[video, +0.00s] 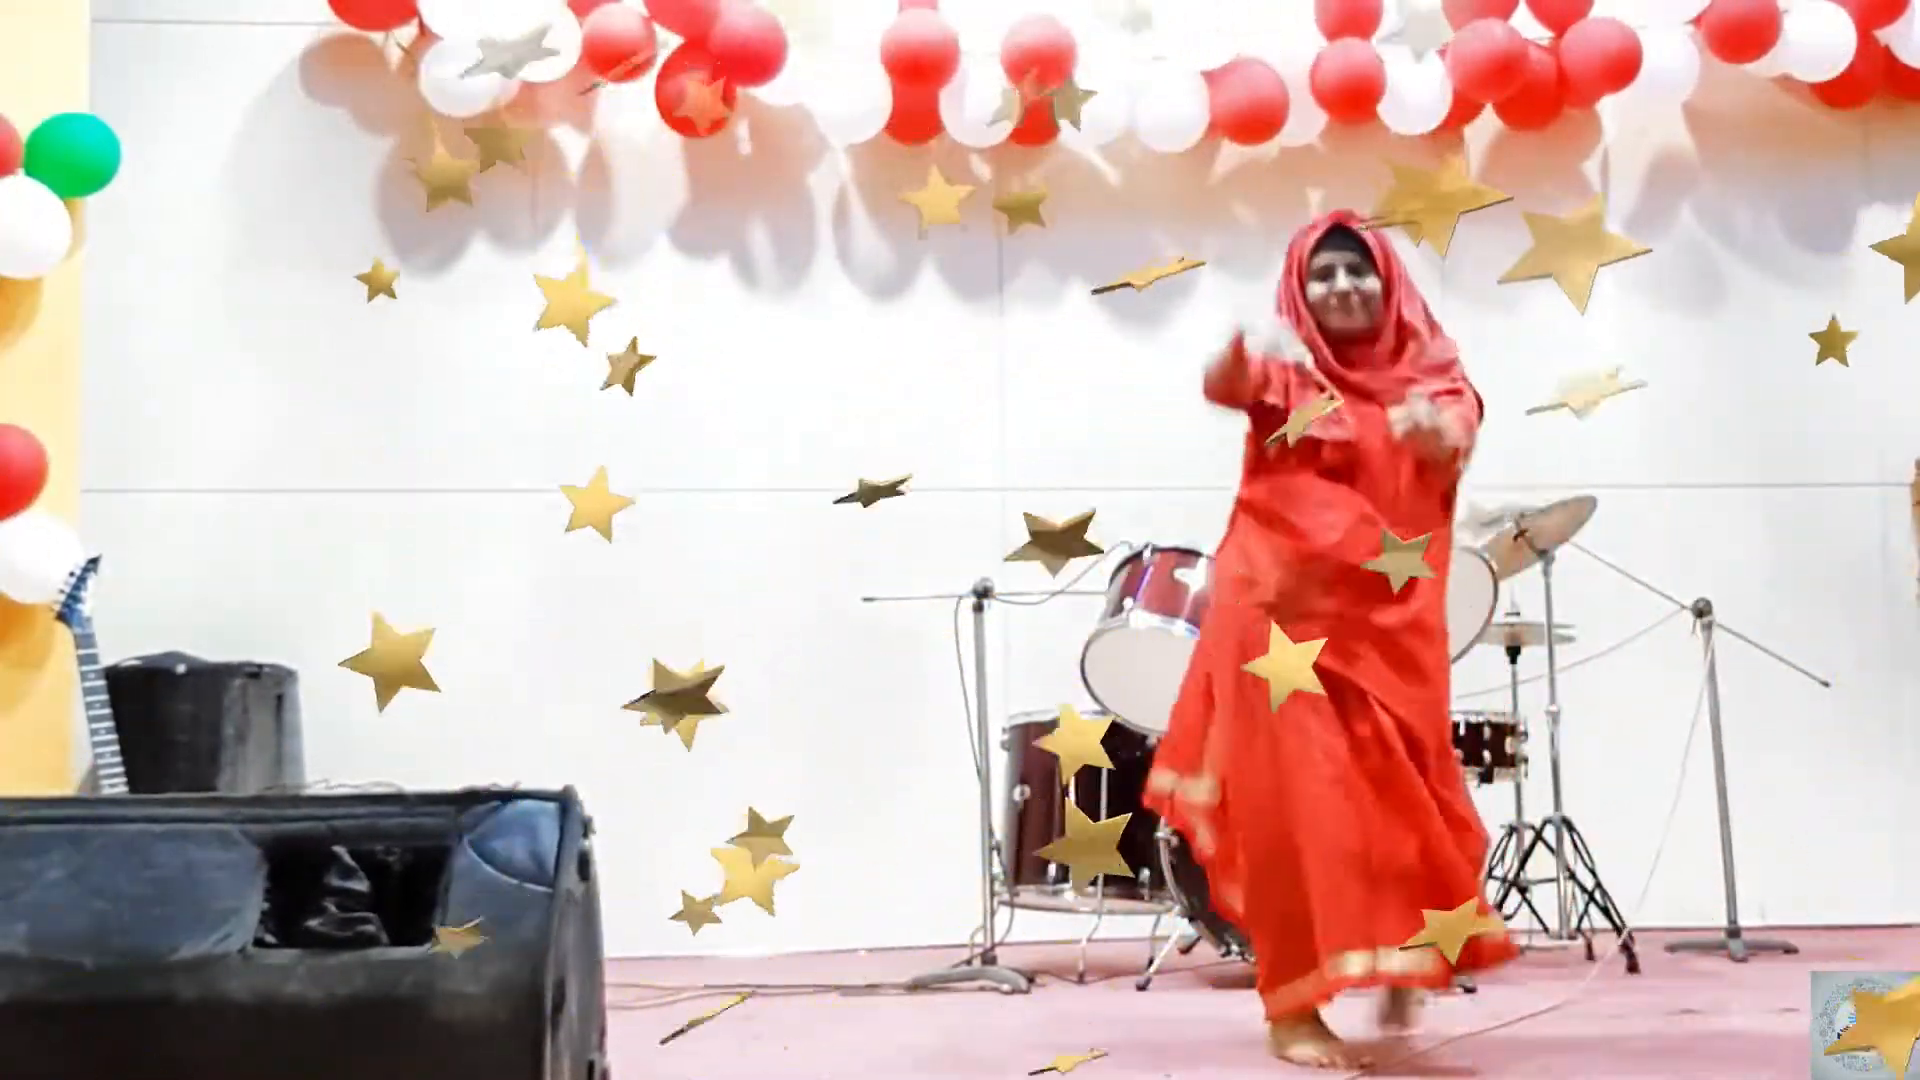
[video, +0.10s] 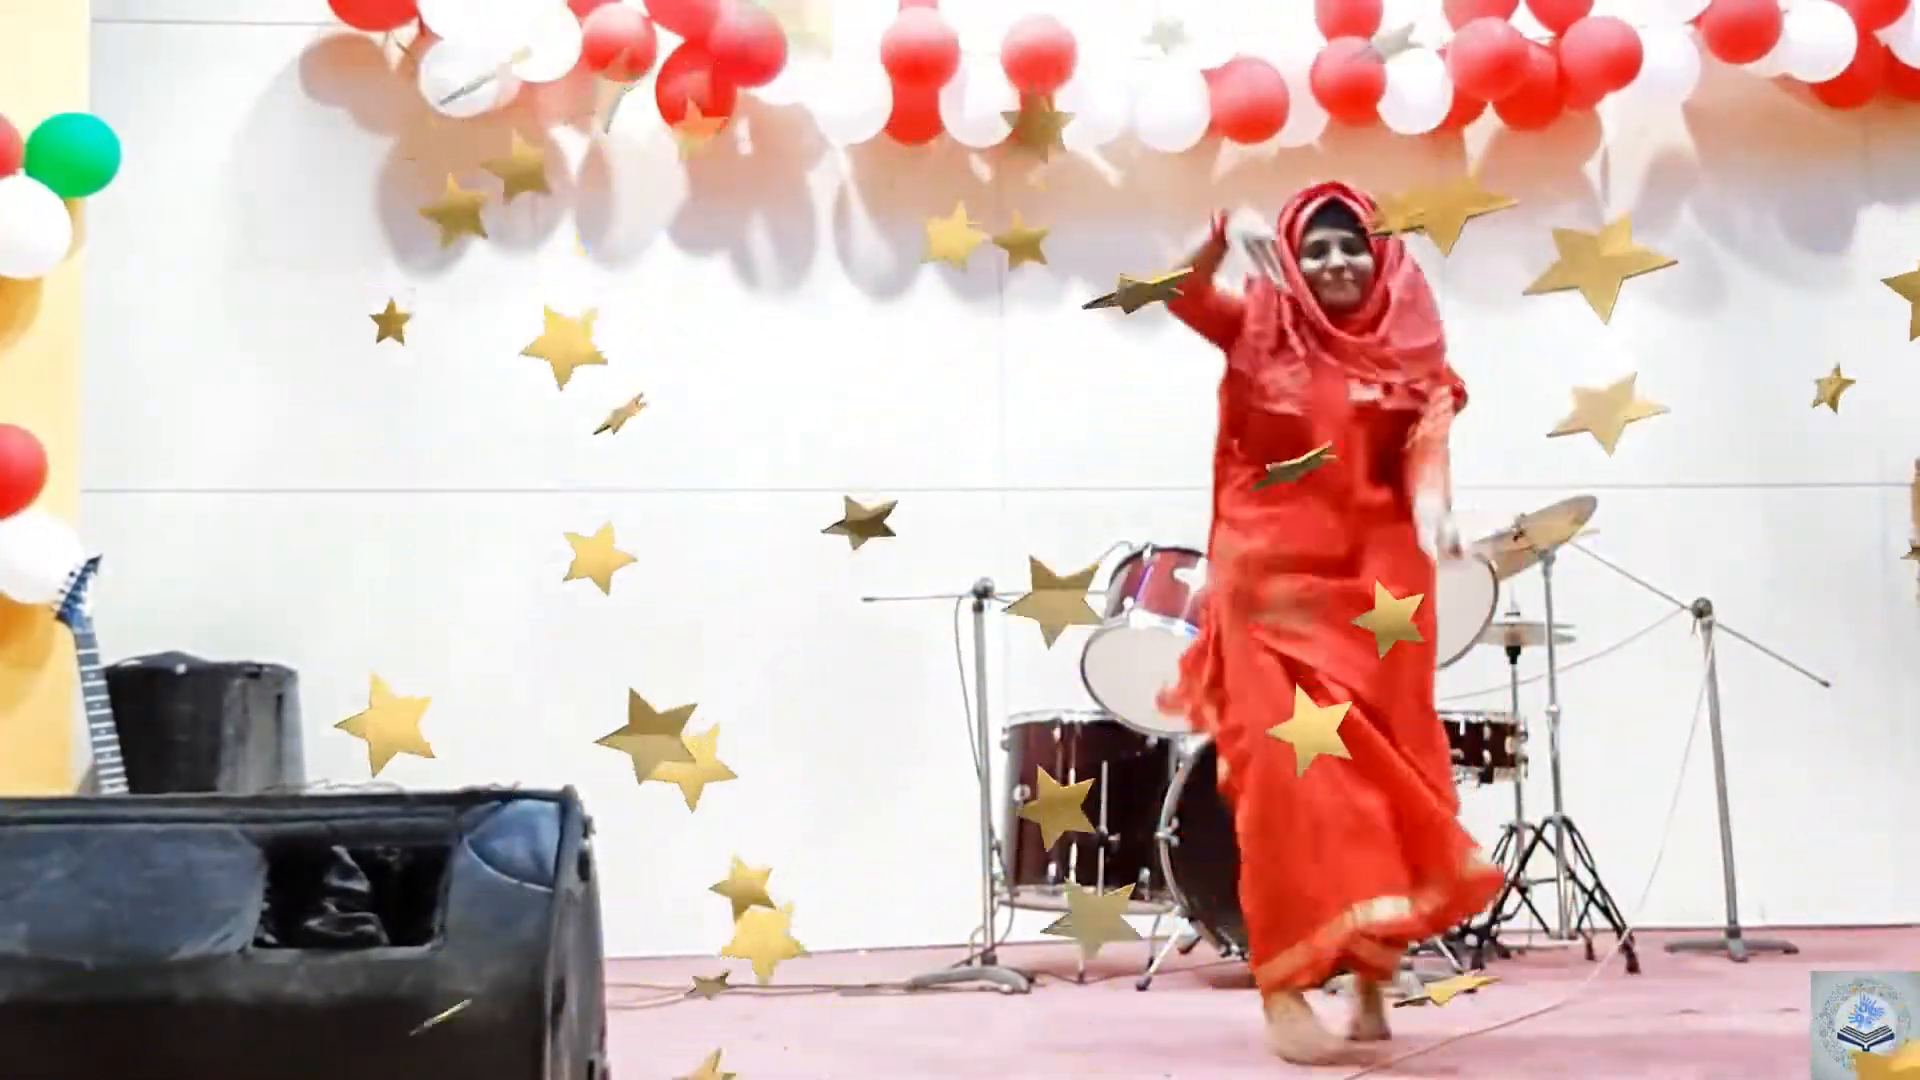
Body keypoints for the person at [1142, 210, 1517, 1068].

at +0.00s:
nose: (1344, 285)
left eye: (1358, 270)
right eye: (1325, 274)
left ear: (1388, 283)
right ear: (1300, 293)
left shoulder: (1434, 380)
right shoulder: (1288, 372)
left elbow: (1454, 428)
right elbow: (1231, 387)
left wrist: (1431, 429)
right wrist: (1235, 363)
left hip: (1388, 634)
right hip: (1280, 631)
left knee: (1394, 799)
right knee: (1294, 805)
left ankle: (1399, 980)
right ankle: (1293, 1008)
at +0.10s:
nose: (1337, 263)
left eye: (1351, 247)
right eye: (1318, 251)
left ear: (1376, 258)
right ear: (1292, 264)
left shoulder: (1409, 355)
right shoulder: (1259, 331)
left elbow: (1429, 449)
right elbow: (1185, 294)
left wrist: (1434, 509)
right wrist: (1216, 241)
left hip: (1376, 578)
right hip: (1268, 579)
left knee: (1379, 764)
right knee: (1280, 766)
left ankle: (1373, 977)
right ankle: (1280, 983)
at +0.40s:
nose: (1276, 287)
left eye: (1291, 273)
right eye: (1259, 275)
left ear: (1317, 287)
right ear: (1234, 290)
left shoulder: (1351, 394)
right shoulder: (1197, 364)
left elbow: (1398, 475)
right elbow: (1095, 325)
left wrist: (1447, 513)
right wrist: (1126, 268)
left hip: (1335, 629)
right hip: (1220, 625)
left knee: (1345, 796)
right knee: (1230, 795)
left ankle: (1343, 983)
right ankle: (1283, 964)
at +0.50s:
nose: (1249, 298)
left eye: (1265, 283)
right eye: (1234, 284)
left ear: (1298, 291)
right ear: (1211, 293)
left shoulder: (1337, 373)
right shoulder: (1183, 376)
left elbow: (1394, 419)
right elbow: (1087, 411)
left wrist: (1436, 406)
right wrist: (1075, 366)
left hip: (1309, 609)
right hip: (1198, 604)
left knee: (1333, 789)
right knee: (1191, 787)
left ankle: (1352, 981)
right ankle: (1193, 972)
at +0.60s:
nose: (1234, 340)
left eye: (1249, 323)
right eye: (1217, 325)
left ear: (1277, 328)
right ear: (1194, 336)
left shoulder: (1318, 413)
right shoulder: (1173, 427)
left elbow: (1400, 414)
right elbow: (1104, 520)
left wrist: (1425, 328)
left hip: (1279, 648)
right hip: (1173, 646)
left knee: (1278, 814)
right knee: (1169, 815)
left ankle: (1334, 988)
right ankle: (1176, 985)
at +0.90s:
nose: (1231, 292)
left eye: (1247, 277)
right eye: (1213, 279)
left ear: (1271, 289)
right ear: (1186, 294)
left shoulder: (1309, 391)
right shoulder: (1152, 374)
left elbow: (1379, 461)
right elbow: (1078, 429)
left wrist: (1429, 470)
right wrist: (1052, 423)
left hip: (1271, 623)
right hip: (1165, 620)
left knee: (1273, 797)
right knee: (1165, 797)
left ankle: (1272, 981)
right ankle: (1159, 972)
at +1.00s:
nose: (1245, 288)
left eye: (1257, 273)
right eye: (1226, 279)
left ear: (1286, 284)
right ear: (1201, 297)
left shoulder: (1321, 388)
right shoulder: (1177, 365)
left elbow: (1385, 476)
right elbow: (1100, 404)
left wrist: (1369, 498)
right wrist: (1153, 424)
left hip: (1294, 613)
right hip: (1191, 609)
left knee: (1290, 796)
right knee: (1183, 786)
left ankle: (1277, 994)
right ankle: (1157, 965)